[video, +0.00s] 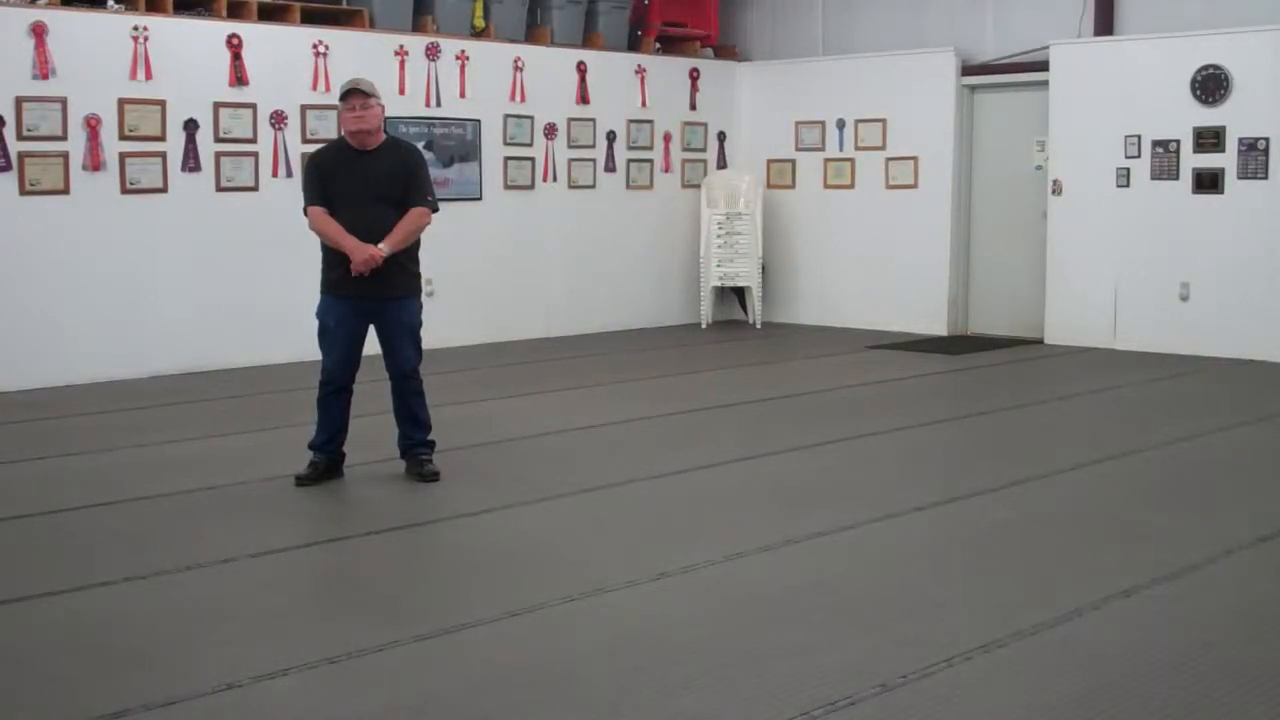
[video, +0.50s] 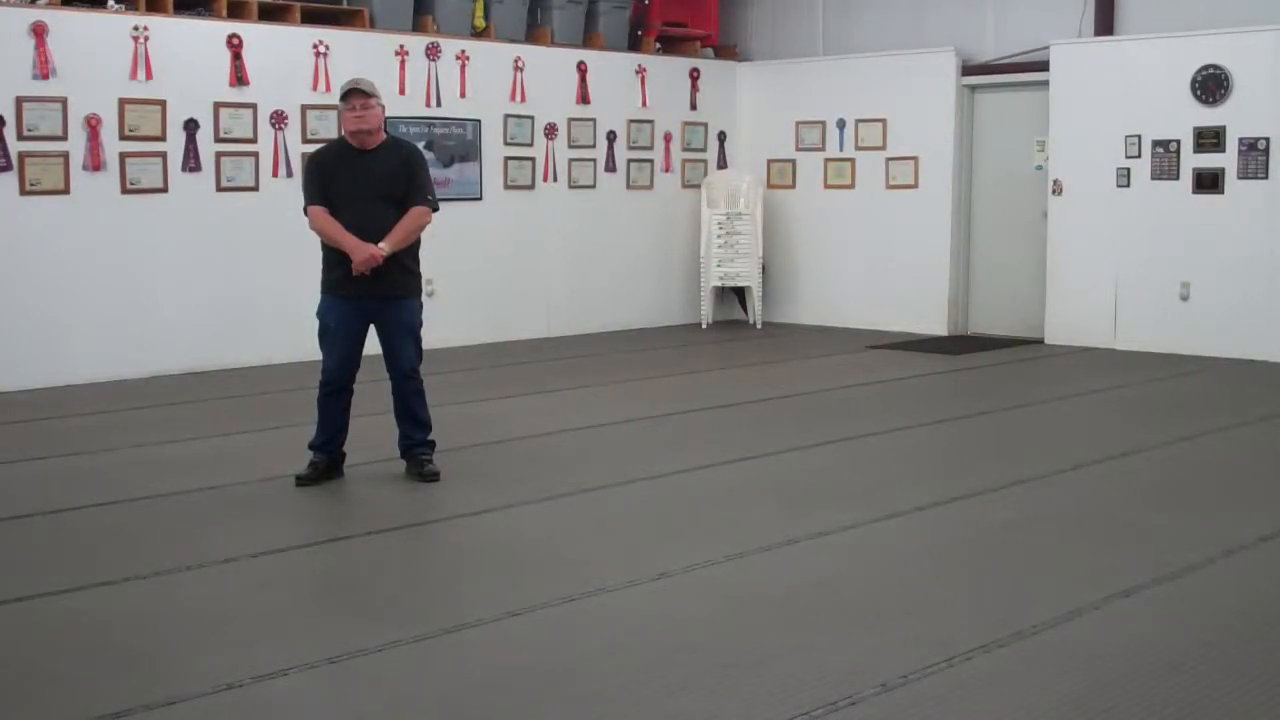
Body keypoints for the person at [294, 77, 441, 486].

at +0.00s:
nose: (358, 113)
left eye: (365, 106)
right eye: (350, 108)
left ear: (381, 111)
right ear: (340, 117)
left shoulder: (407, 156)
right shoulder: (320, 162)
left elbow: (422, 213)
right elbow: (315, 215)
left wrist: (379, 251)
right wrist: (354, 248)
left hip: (397, 287)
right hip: (342, 288)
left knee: (406, 373)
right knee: (335, 376)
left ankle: (418, 452)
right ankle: (326, 455)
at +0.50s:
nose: (359, 114)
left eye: (367, 106)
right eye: (351, 108)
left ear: (382, 111)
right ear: (340, 117)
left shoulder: (407, 155)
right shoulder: (321, 161)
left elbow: (422, 212)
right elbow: (316, 216)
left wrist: (380, 250)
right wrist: (355, 248)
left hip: (398, 287)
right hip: (343, 288)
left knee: (407, 373)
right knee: (335, 376)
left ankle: (419, 452)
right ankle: (326, 455)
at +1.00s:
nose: (358, 114)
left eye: (365, 107)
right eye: (350, 108)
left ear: (381, 111)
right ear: (340, 117)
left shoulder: (407, 155)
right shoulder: (321, 161)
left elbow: (422, 213)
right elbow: (316, 215)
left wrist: (379, 250)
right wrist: (355, 247)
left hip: (398, 287)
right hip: (342, 288)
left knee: (407, 373)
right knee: (335, 376)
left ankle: (419, 452)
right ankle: (327, 456)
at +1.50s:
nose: (360, 114)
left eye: (367, 106)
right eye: (352, 108)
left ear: (383, 112)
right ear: (341, 117)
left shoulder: (407, 155)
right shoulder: (323, 160)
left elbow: (422, 213)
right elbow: (317, 215)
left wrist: (380, 250)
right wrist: (356, 247)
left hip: (398, 287)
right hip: (342, 288)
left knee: (407, 373)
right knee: (335, 376)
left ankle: (419, 452)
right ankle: (327, 455)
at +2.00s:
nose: (359, 114)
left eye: (366, 107)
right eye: (351, 109)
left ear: (383, 112)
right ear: (341, 117)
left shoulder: (408, 155)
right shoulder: (323, 160)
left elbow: (422, 213)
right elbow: (317, 215)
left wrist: (380, 250)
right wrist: (356, 247)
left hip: (398, 286)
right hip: (343, 287)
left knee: (406, 372)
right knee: (335, 375)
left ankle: (419, 452)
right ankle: (327, 455)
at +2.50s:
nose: (359, 114)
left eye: (366, 107)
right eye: (351, 109)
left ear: (382, 111)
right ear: (341, 117)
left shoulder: (407, 155)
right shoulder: (323, 161)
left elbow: (422, 213)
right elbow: (317, 215)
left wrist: (379, 250)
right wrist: (355, 246)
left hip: (398, 287)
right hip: (342, 288)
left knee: (406, 373)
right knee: (335, 375)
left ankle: (419, 452)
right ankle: (327, 455)